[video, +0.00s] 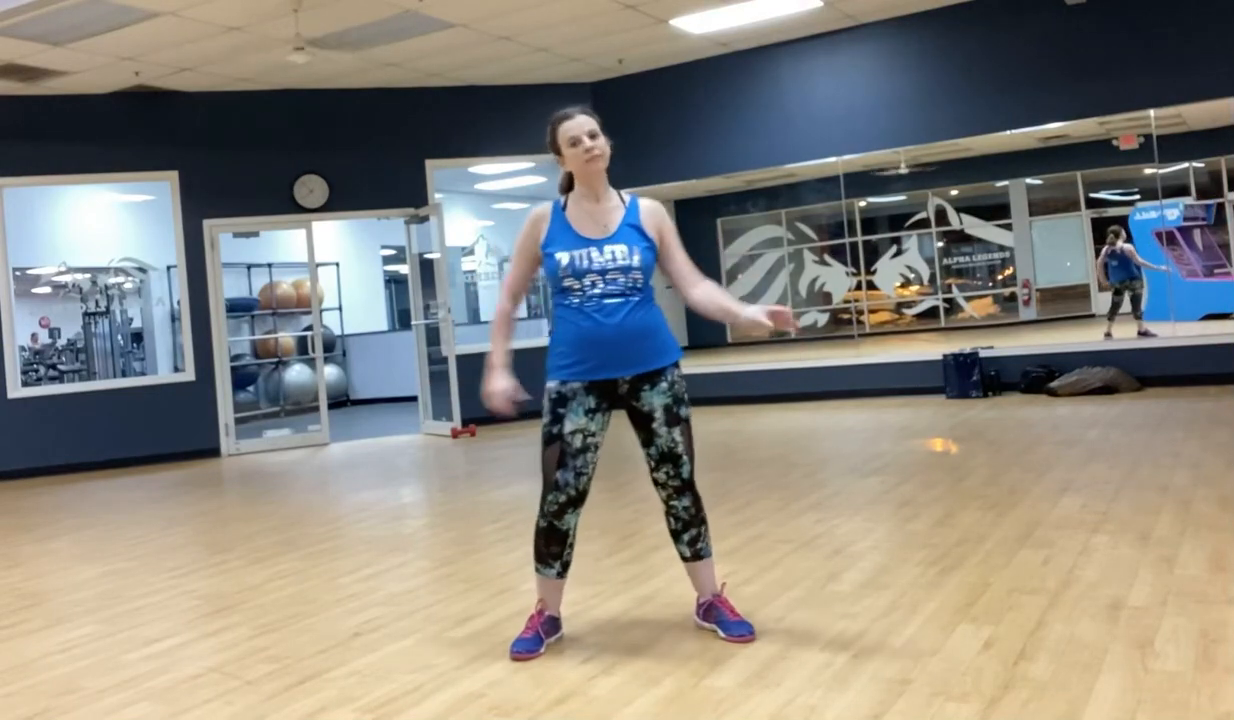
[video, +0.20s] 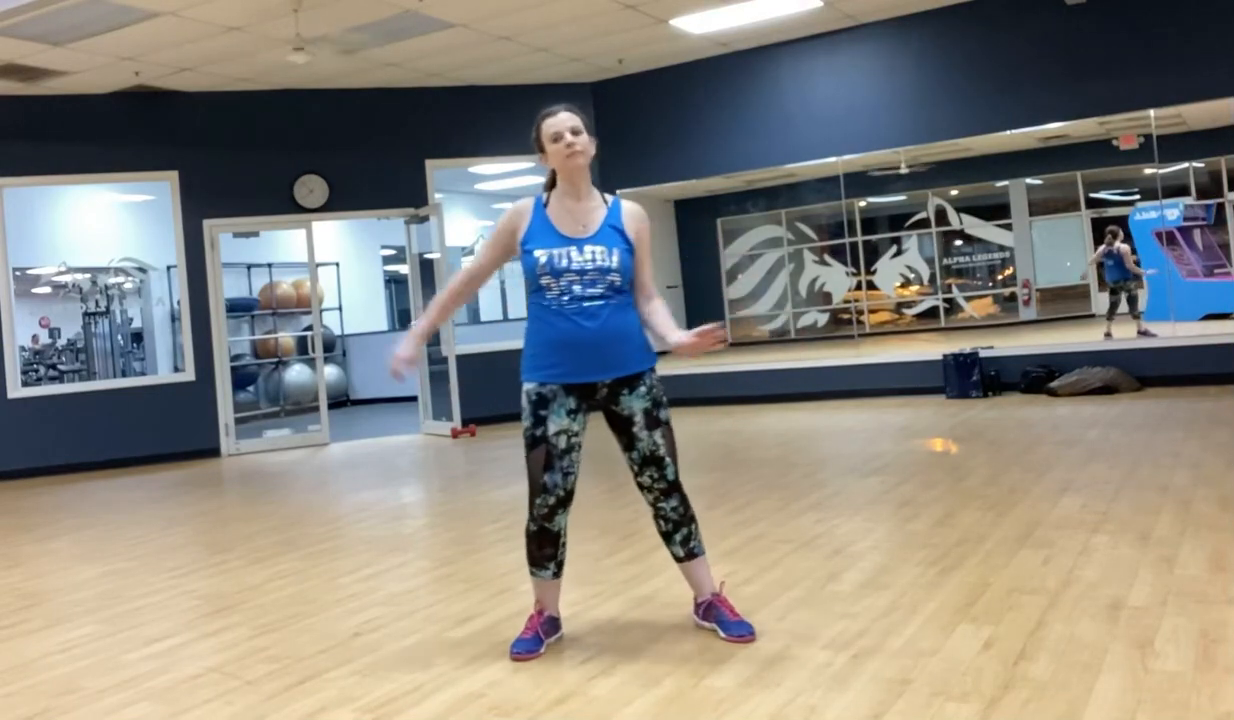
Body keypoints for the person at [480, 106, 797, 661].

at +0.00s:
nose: (590, 146)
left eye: (594, 136)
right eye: (576, 142)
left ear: (609, 143)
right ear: (561, 159)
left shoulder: (648, 212)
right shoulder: (544, 220)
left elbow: (694, 286)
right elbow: (510, 299)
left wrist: (747, 314)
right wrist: (498, 366)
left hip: (653, 370)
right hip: (576, 379)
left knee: (678, 484)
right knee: (560, 496)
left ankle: (711, 601)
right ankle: (546, 614)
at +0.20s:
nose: (571, 142)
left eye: (577, 132)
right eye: (558, 138)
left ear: (593, 143)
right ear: (544, 156)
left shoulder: (629, 216)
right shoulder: (523, 217)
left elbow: (647, 295)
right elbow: (467, 281)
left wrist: (676, 337)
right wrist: (416, 336)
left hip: (629, 372)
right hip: (553, 380)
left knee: (664, 484)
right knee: (548, 498)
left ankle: (708, 598)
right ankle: (545, 613)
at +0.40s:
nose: (555, 138)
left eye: (562, 130)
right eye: (542, 134)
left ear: (578, 141)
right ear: (529, 152)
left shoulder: (614, 213)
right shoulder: (508, 214)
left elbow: (638, 291)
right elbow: (441, 258)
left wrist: (639, 346)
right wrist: (374, 290)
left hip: (612, 372)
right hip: (538, 380)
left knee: (661, 481)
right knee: (538, 499)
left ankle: (706, 598)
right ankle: (545, 614)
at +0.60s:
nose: (553, 134)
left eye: (559, 126)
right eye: (541, 131)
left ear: (578, 139)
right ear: (527, 151)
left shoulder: (615, 205)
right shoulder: (507, 208)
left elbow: (654, 274)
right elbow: (428, 223)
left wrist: (647, 339)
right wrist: (345, 222)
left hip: (617, 369)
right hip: (543, 378)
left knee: (670, 471)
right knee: (540, 495)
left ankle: (687, 599)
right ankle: (545, 614)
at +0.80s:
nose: (581, 136)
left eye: (587, 128)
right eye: (568, 135)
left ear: (608, 142)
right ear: (559, 158)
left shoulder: (651, 202)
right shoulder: (549, 212)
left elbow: (680, 264)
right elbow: (469, 233)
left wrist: (674, 329)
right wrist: (391, 228)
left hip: (645, 374)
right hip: (573, 378)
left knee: (690, 480)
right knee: (542, 493)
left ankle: (677, 607)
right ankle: (516, 603)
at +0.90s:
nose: (594, 139)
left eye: (599, 131)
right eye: (580, 139)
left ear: (619, 146)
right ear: (571, 165)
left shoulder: (657, 205)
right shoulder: (560, 220)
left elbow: (680, 269)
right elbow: (486, 261)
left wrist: (675, 328)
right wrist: (422, 280)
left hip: (653, 379)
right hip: (583, 383)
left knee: (699, 482)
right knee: (544, 496)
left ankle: (679, 608)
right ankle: (486, 600)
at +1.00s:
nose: (609, 148)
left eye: (614, 141)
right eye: (595, 149)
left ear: (632, 157)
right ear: (584, 175)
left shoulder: (661, 216)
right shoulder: (579, 235)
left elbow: (659, 299)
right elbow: (556, 330)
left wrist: (659, 364)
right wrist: (519, 403)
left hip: (656, 389)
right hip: (591, 394)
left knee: (711, 489)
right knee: (539, 508)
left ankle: (679, 610)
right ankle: (458, 613)